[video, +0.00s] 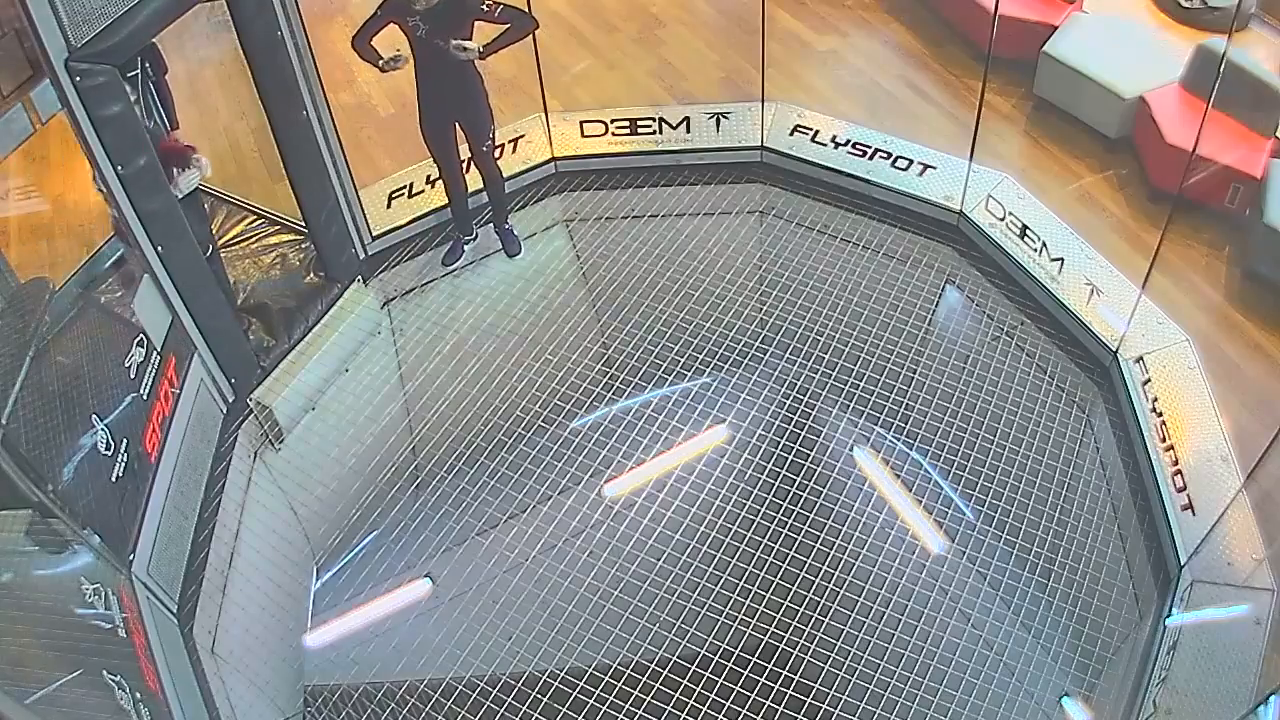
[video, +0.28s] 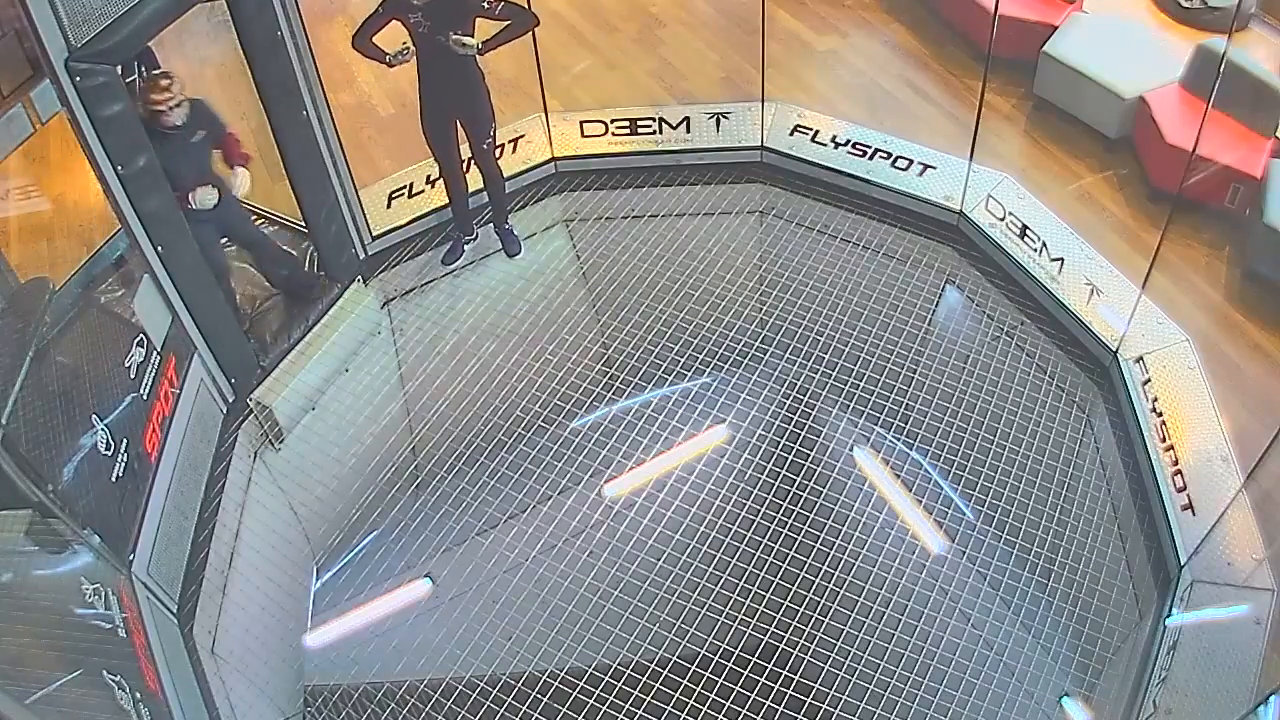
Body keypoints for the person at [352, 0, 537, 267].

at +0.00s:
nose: (420, 3)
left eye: (424, 2)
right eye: (415, 4)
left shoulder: (466, 6)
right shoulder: (395, 7)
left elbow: (526, 22)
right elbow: (359, 40)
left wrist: (483, 51)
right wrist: (380, 62)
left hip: (469, 94)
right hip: (431, 101)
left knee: (485, 160)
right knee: (449, 171)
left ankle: (503, 224)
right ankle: (466, 233)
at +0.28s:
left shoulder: (469, 4)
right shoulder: (398, 5)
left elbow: (528, 19)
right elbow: (360, 40)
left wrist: (482, 46)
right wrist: (389, 59)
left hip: (470, 89)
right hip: (433, 96)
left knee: (486, 159)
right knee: (449, 168)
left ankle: (503, 225)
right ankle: (466, 232)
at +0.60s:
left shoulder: (473, 3)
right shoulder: (400, 4)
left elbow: (528, 17)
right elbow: (359, 40)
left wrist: (481, 44)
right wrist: (399, 50)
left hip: (473, 83)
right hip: (436, 90)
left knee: (487, 156)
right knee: (451, 165)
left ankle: (503, 224)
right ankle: (466, 231)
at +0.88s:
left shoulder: (482, 2)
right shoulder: (407, 2)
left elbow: (532, 5)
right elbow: (364, 37)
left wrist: (484, 33)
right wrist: (411, 42)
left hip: (478, 79)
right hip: (441, 85)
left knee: (490, 156)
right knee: (455, 163)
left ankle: (503, 226)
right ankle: (471, 229)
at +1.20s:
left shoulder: (486, 1)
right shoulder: (420, 1)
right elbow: (372, 32)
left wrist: (498, 8)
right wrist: (424, 31)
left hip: (491, 80)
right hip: (452, 87)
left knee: (498, 156)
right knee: (468, 160)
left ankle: (504, 225)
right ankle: (483, 229)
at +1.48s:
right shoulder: (428, 1)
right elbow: (378, 25)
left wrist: (509, 4)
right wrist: (430, 27)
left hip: (497, 79)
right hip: (458, 85)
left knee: (500, 156)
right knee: (473, 160)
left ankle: (504, 225)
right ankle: (485, 230)